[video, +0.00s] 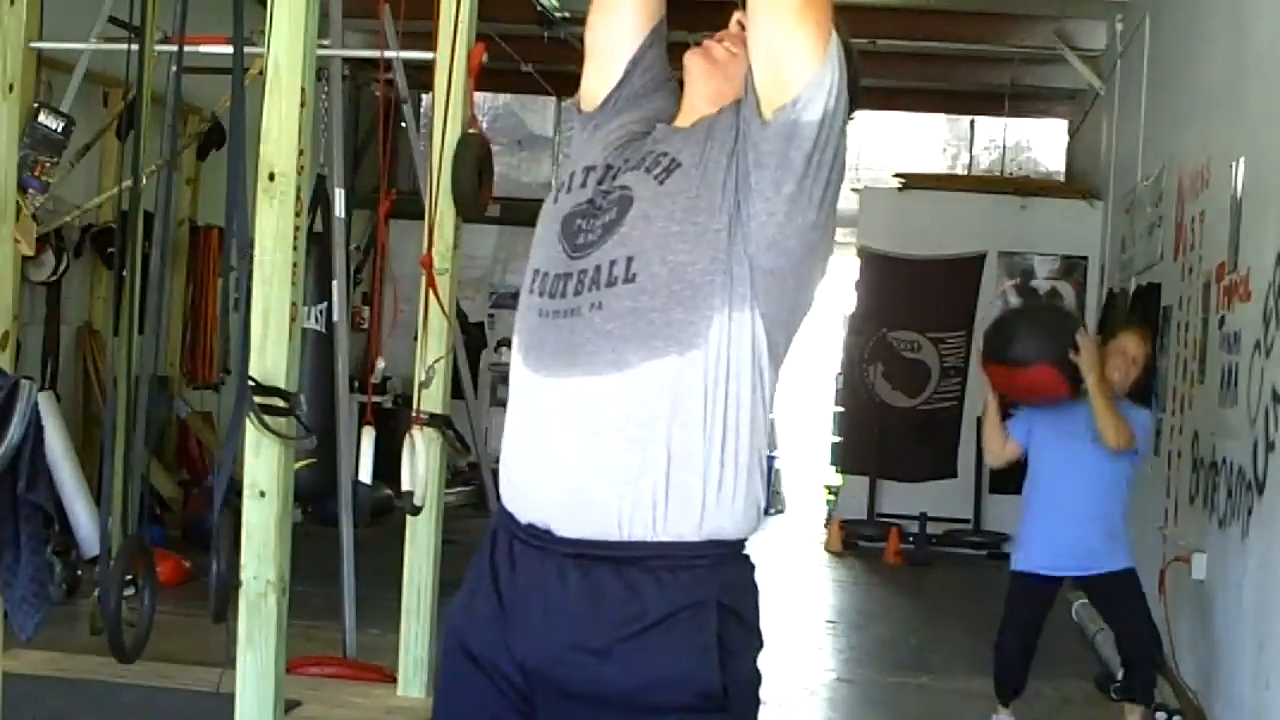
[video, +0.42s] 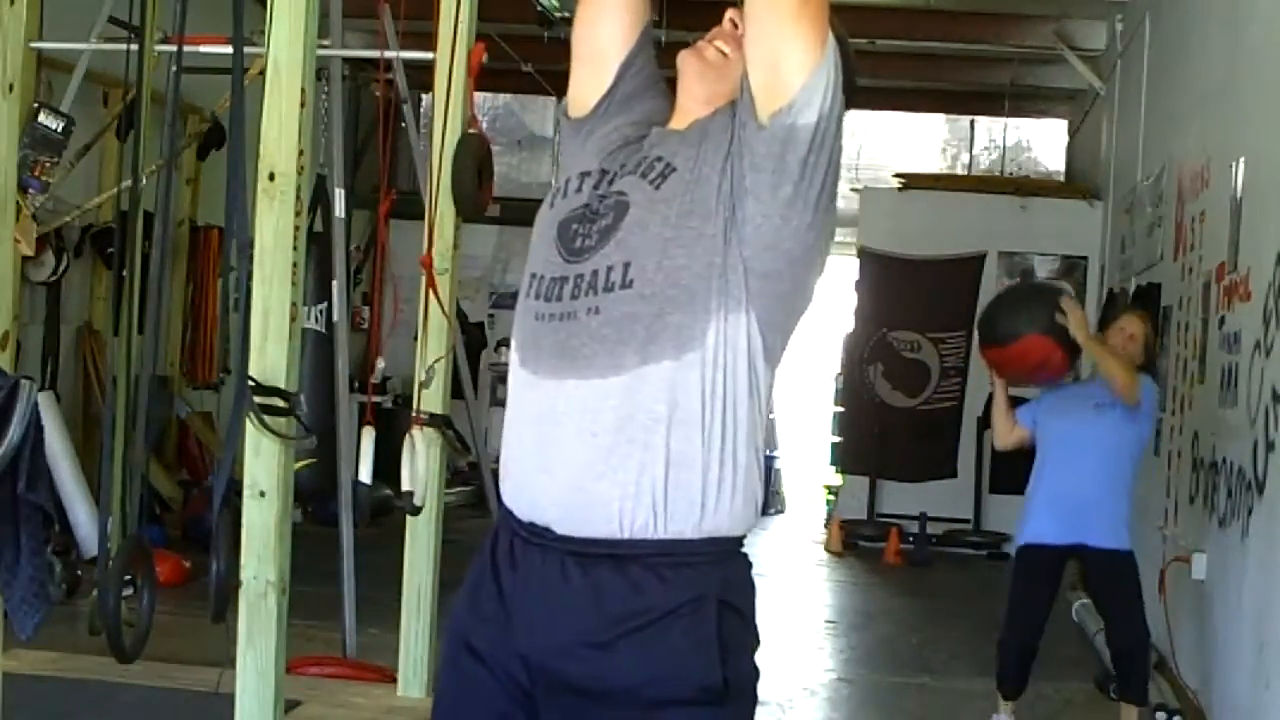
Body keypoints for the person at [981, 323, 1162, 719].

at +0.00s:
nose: (1125, 367)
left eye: (1136, 362)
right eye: (1120, 355)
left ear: (1142, 372)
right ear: (1100, 353)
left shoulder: (1138, 417)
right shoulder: (1043, 410)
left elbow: (1117, 439)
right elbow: (996, 455)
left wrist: (1091, 372)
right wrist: (993, 393)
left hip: (1104, 559)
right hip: (1038, 557)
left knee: (1142, 644)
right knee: (1013, 643)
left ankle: (1137, 711)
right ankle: (1004, 708)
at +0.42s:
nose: (1126, 340)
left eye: (1137, 338)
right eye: (1121, 331)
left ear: (1145, 354)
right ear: (1103, 337)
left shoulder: (1143, 391)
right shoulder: (1056, 396)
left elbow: (1124, 388)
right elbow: (1004, 437)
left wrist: (1083, 337)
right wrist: (1000, 384)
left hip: (1106, 534)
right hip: (1044, 530)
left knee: (1132, 638)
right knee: (1020, 629)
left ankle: (1131, 713)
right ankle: (1005, 710)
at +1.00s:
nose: (1094, 323)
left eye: (1105, 318)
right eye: (1089, 315)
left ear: (1118, 328)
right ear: (1075, 321)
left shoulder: (1129, 365)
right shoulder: (1047, 369)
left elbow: (1124, 290)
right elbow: (1005, 329)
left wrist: (1097, 233)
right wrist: (1006, 267)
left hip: (1106, 513)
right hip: (1042, 512)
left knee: (1111, 621)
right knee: (1026, 615)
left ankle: (1128, 715)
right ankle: (1003, 713)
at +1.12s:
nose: (1094, 323)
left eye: (1104, 318)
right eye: (1088, 315)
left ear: (1117, 328)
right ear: (1075, 322)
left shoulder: (1129, 366)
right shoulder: (1046, 369)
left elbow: (1125, 291)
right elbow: (1003, 327)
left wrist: (1095, 235)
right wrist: (1006, 267)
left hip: (1106, 513)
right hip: (1042, 513)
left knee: (1112, 622)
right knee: (1026, 616)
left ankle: (1129, 715)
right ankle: (1003, 713)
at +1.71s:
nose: (1126, 329)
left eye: (1134, 324)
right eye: (1119, 320)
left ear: (1146, 335)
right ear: (1102, 322)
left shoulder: (1143, 382)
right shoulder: (1054, 374)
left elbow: (1135, 355)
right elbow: (999, 413)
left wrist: (1093, 315)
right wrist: (1002, 361)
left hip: (1107, 521)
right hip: (1044, 516)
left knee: (1112, 623)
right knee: (1028, 615)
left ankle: (1130, 715)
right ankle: (1003, 712)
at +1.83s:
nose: (1125, 331)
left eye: (1136, 326)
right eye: (1119, 321)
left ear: (1147, 335)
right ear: (1102, 323)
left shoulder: (1147, 374)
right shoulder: (1055, 373)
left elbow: (1132, 380)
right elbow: (1010, 427)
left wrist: (1090, 336)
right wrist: (1000, 373)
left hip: (1108, 519)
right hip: (1044, 516)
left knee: (1112, 623)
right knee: (1028, 615)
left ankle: (1130, 715)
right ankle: (1003, 712)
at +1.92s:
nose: (1122, 331)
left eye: (1133, 326)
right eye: (1116, 321)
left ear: (1144, 336)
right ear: (1100, 322)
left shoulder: (1147, 374)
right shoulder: (1055, 376)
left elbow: (1128, 387)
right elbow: (1013, 432)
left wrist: (1088, 340)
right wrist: (999, 377)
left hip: (1110, 520)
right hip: (1046, 517)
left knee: (1113, 622)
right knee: (1029, 615)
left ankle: (1130, 715)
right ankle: (1004, 712)